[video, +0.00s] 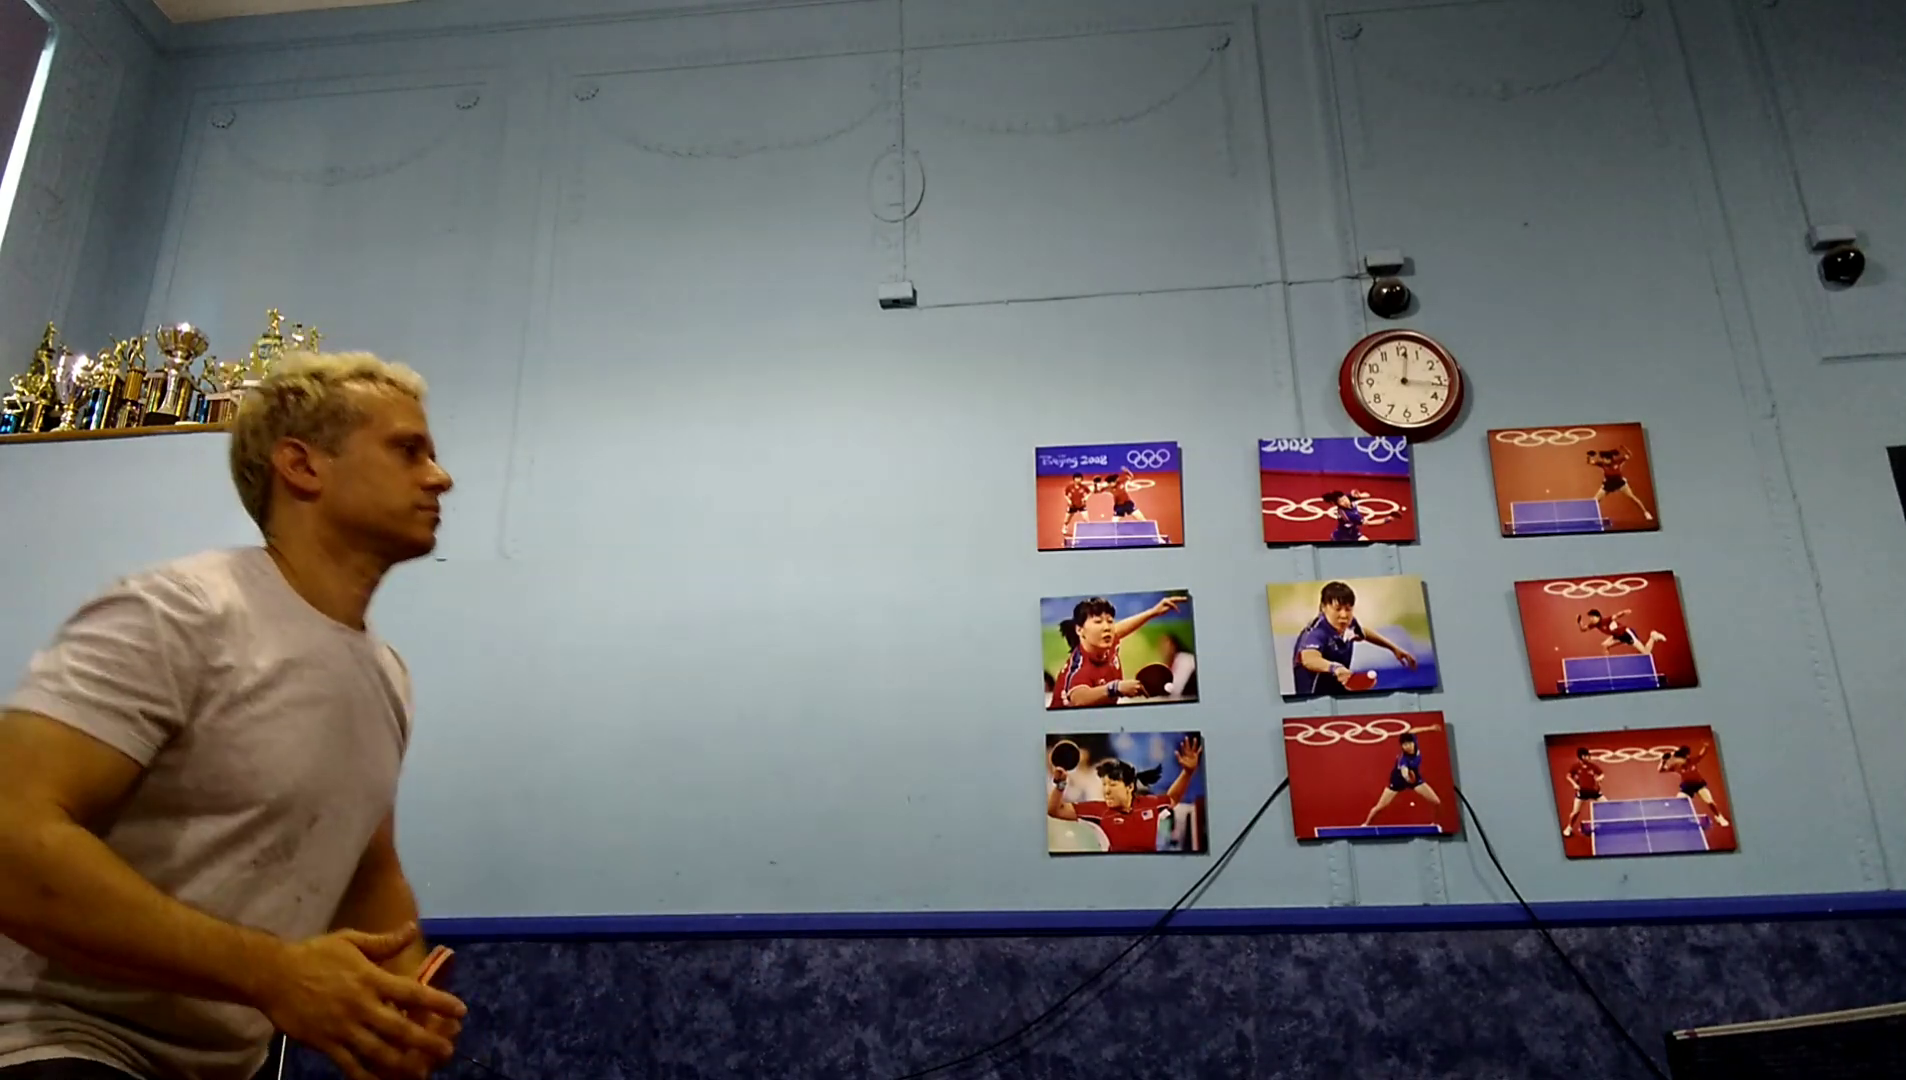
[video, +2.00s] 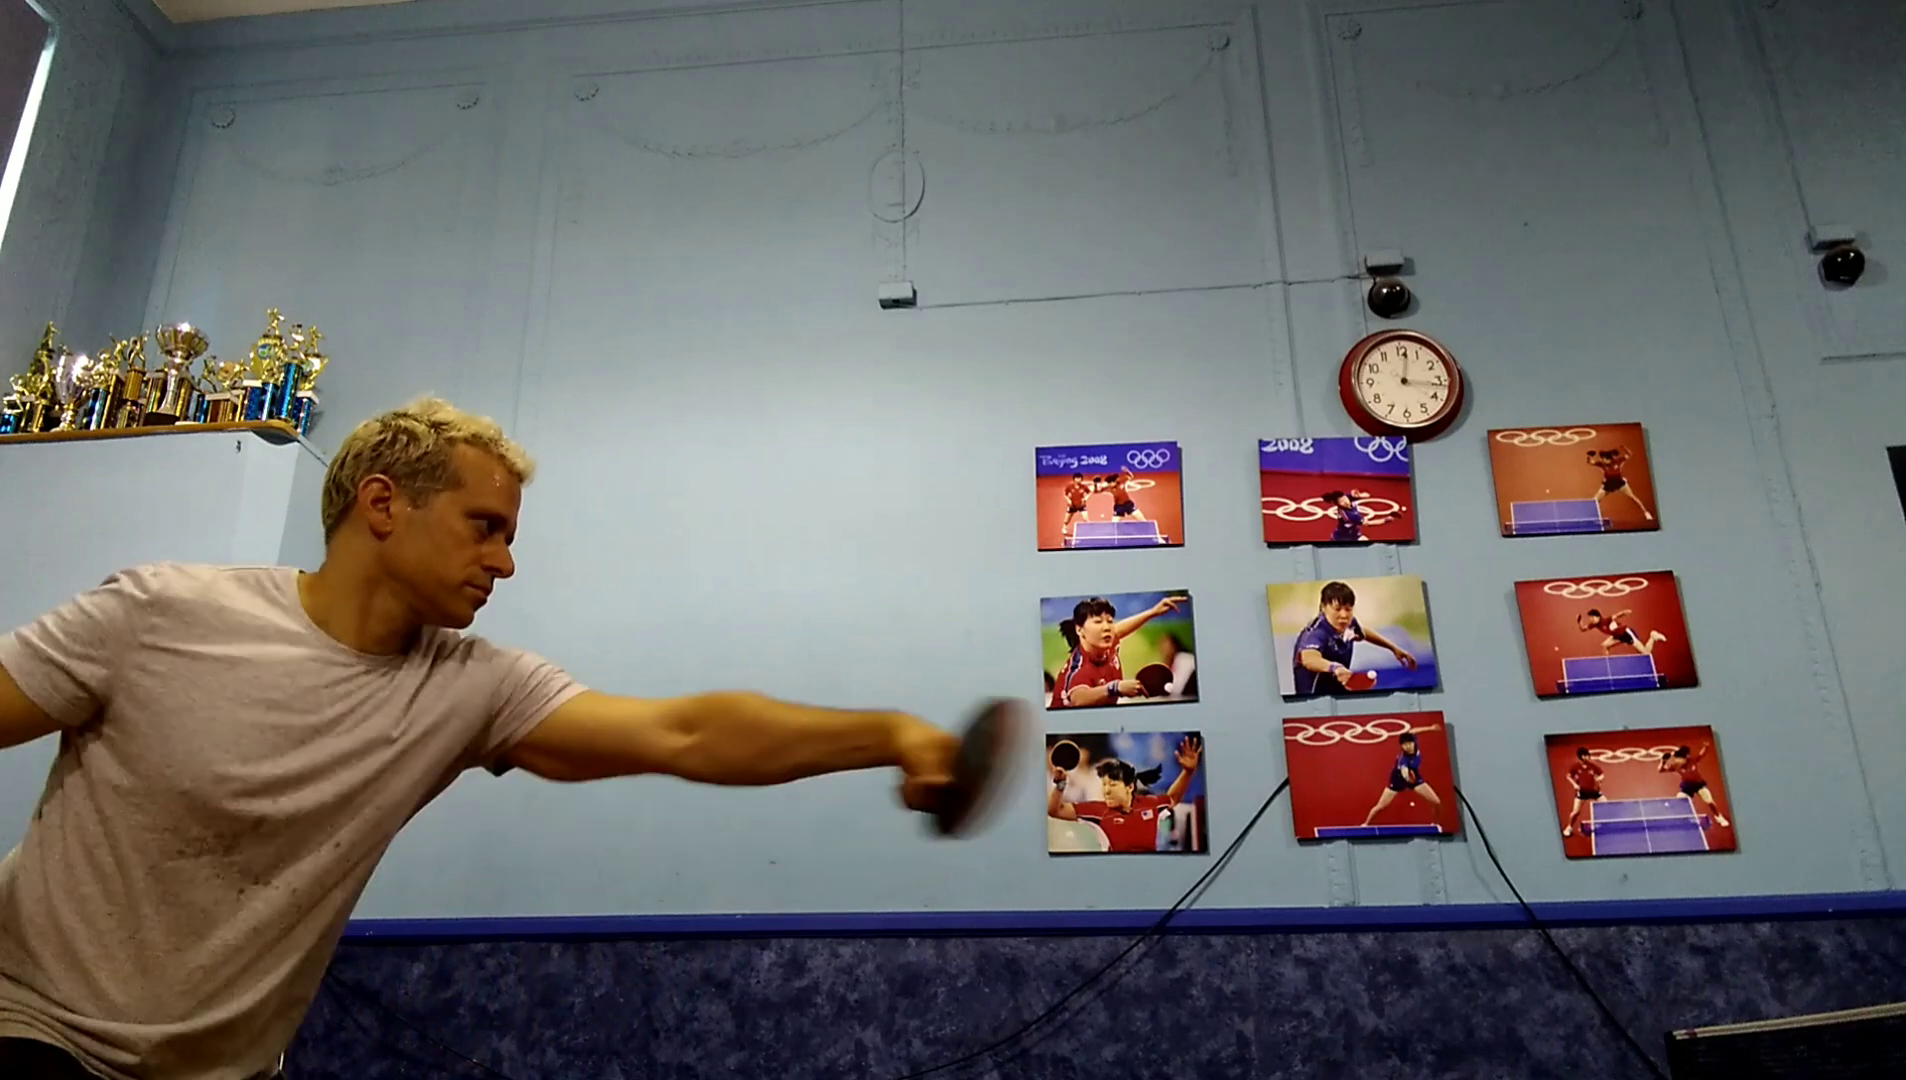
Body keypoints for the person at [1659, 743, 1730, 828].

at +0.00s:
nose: (1685, 759)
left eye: (1686, 756)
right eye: (1683, 757)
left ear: (1687, 756)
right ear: (1679, 757)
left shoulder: (1692, 760)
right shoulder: (1676, 765)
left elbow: (1701, 755)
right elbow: (1661, 770)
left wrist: (1705, 747)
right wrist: (1663, 760)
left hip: (1699, 784)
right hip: (1686, 786)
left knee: (1710, 802)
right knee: (1678, 803)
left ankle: (1718, 817)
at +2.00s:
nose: (1686, 759)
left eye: (1687, 757)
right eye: (1684, 758)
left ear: (1688, 757)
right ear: (1679, 759)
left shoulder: (1693, 761)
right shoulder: (1677, 766)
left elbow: (1701, 755)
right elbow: (1661, 771)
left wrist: (1705, 747)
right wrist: (1662, 761)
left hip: (1699, 784)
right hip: (1686, 785)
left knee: (1710, 802)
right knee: (1679, 802)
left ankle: (1718, 816)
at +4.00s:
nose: (1679, 762)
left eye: (1681, 760)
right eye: (1677, 760)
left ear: (1686, 757)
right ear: (1676, 759)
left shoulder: (1693, 761)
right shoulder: (1676, 766)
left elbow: (1701, 755)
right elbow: (1661, 771)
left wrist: (1705, 747)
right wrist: (1663, 761)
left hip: (1699, 784)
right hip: (1686, 785)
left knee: (1710, 802)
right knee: (1679, 802)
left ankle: (1718, 816)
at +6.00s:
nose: (1679, 762)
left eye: (1681, 759)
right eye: (1677, 760)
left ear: (1686, 757)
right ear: (1676, 759)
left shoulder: (1693, 761)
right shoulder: (1676, 766)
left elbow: (1701, 755)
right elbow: (1661, 770)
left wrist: (1705, 747)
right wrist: (1663, 761)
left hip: (1699, 784)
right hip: (1686, 786)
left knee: (1710, 802)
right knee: (1679, 802)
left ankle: (1718, 816)